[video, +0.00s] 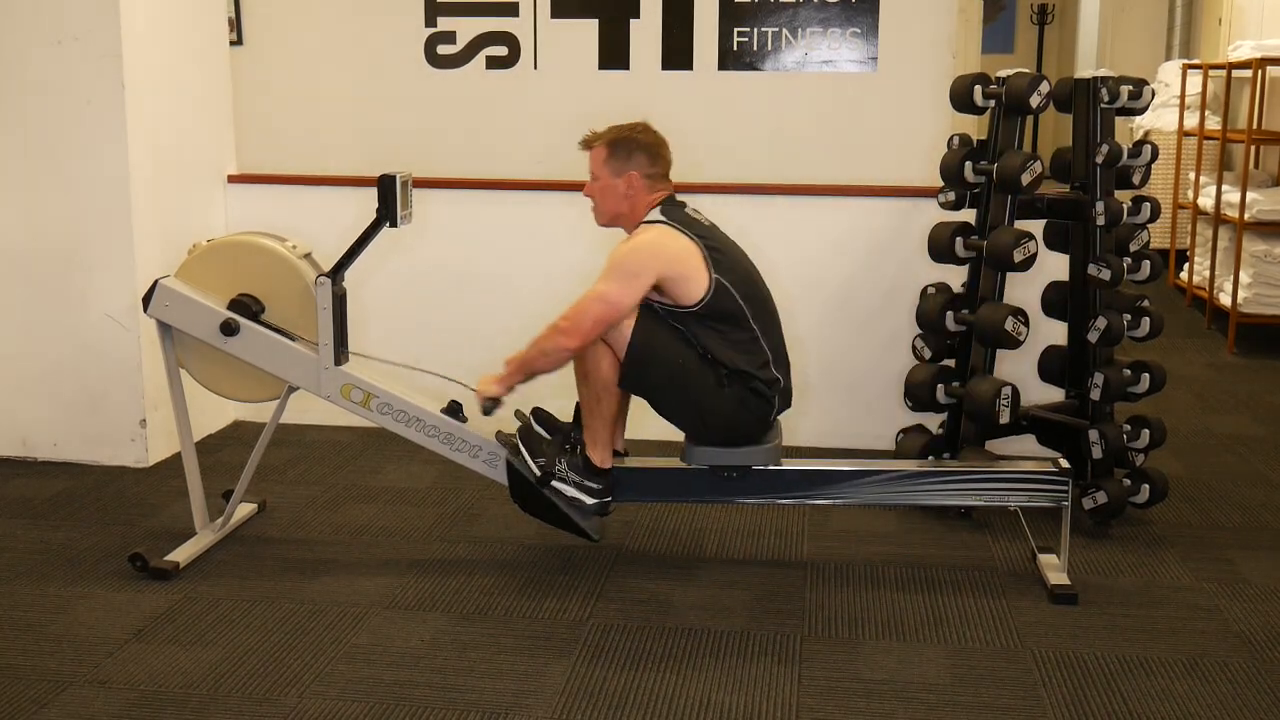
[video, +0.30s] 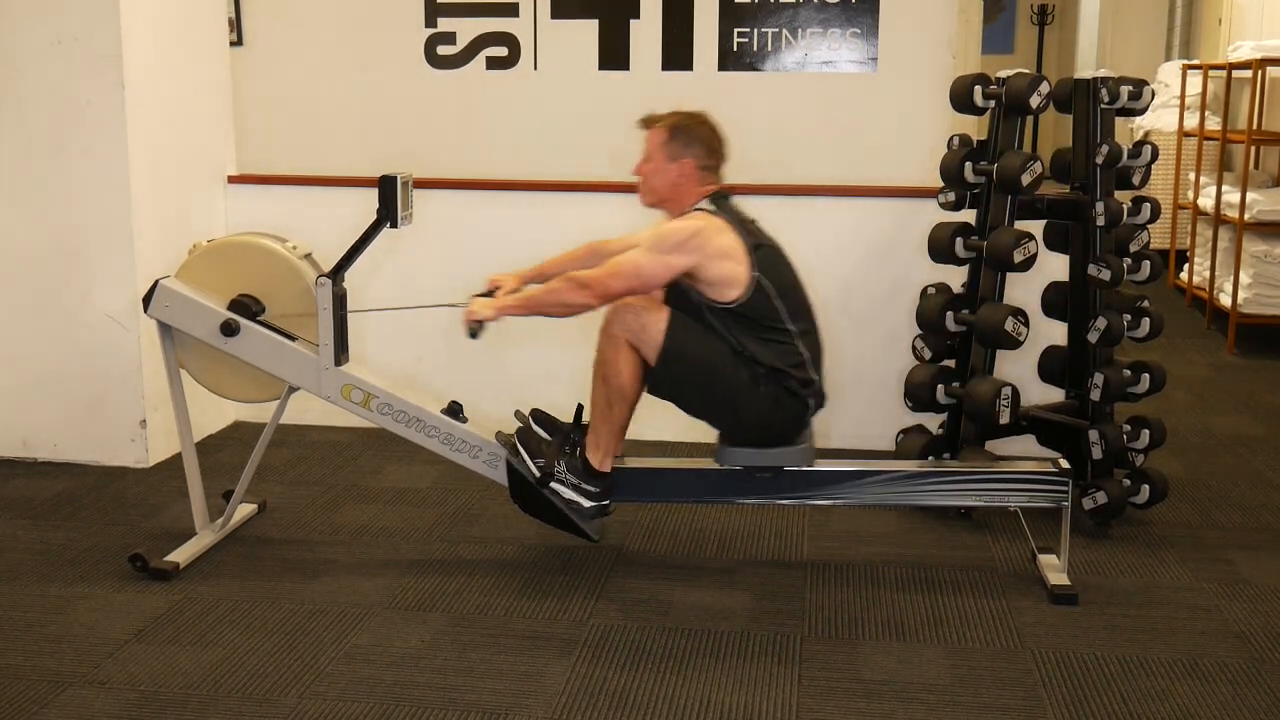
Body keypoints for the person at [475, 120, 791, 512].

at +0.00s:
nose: (587, 190)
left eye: (594, 178)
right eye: (589, 178)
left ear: (631, 184)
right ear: (637, 184)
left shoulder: (650, 243)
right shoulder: (676, 224)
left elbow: (570, 335)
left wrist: (508, 376)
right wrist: (519, 368)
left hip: (738, 412)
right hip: (751, 402)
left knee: (597, 319)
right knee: (612, 307)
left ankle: (594, 469)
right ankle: (604, 440)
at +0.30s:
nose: (637, 170)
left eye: (648, 160)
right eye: (642, 158)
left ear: (684, 168)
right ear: (688, 169)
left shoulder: (698, 232)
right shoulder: (703, 220)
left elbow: (594, 289)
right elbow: (604, 255)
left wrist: (500, 308)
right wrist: (525, 278)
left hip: (773, 405)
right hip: (772, 392)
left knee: (627, 318)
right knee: (633, 303)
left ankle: (594, 470)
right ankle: (598, 447)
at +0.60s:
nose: (842, 140)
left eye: (857, 130)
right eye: (847, 129)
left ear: (896, 144)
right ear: (888, 143)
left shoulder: (888, 222)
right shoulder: (866, 211)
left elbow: (780, 285)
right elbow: (777, 251)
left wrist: (689, 299)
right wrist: (696, 273)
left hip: (890, 397)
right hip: (864, 368)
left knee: (719, 369)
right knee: (712, 353)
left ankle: (596, 478)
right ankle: (601, 453)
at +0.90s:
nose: (1020, 195)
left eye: (1035, 185)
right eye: (1025, 182)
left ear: (1076, 203)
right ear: (1053, 198)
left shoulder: (1067, 276)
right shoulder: (1032, 260)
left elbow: (999, 348)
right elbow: (964, 290)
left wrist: (913, 302)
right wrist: (907, 285)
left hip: (925, 399)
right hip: (902, 368)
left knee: (754, 423)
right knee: (750, 395)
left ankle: (598, 487)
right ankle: (606, 456)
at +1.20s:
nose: (984, 188)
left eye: (998, 178)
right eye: (989, 176)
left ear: (1041, 193)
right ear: (1034, 192)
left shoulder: (1038, 269)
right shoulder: (1009, 255)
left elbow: (973, 350)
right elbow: (950, 303)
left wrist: (891, 309)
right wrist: (895, 296)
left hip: (920, 400)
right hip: (905, 377)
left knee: (740, 385)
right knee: (738, 369)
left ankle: (597, 485)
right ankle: (607, 463)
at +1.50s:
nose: (772, 157)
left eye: (784, 146)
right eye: (776, 145)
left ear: (824, 151)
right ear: (818, 153)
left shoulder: (834, 229)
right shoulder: (823, 219)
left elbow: (742, 311)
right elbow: (751, 269)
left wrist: (659, 315)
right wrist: (674, 285)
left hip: (841, 407)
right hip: (832, 385)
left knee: (675, 335)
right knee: (677, 323)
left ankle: (600, 475)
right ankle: (608, 452)